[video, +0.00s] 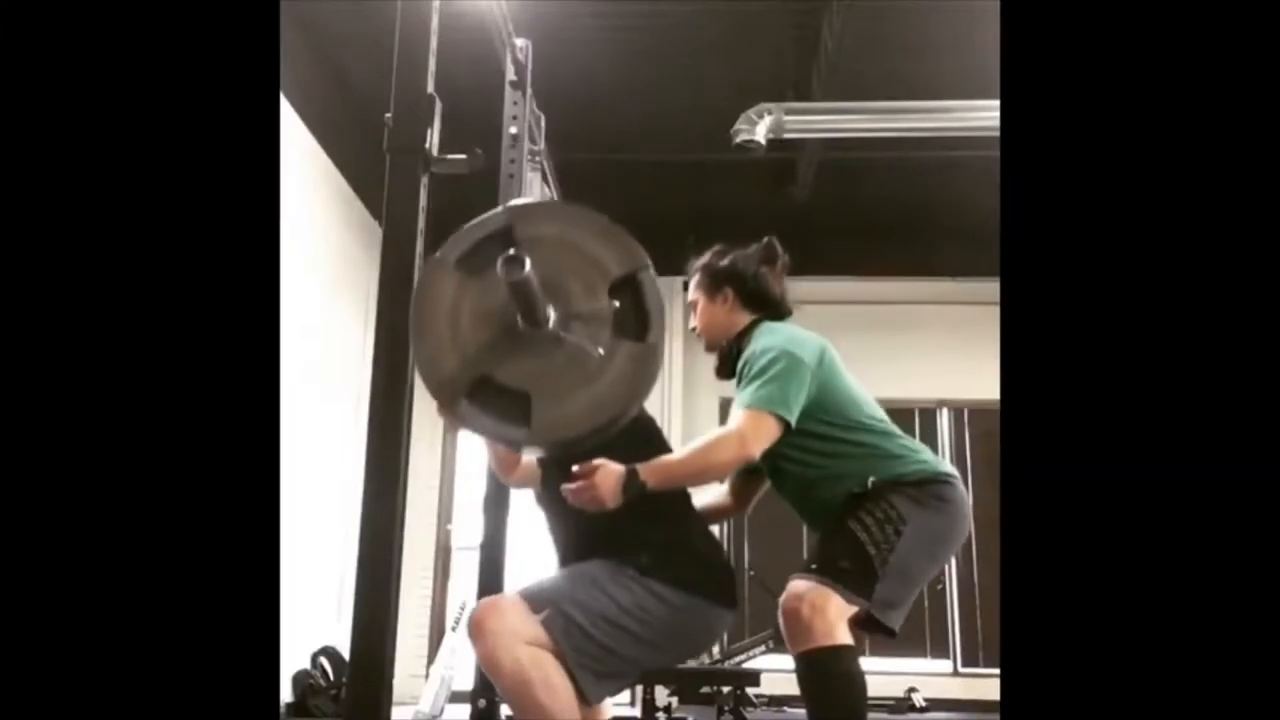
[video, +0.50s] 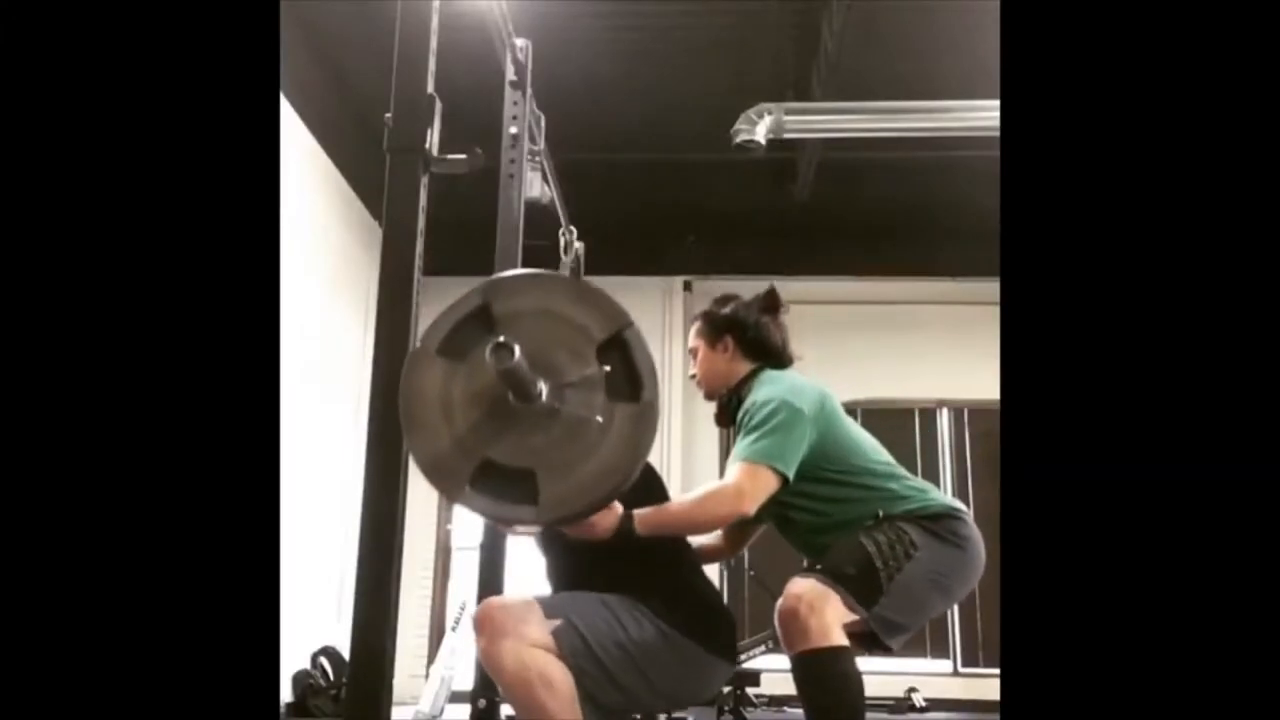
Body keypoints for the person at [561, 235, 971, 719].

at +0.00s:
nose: (692, 321)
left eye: (695, 304)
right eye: (691, 306)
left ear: (728, 297)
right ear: (736, 301)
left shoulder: (779, 343)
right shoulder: (762, 370)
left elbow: (746, 440)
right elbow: (733, 498)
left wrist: (632, 479)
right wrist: (649, 521)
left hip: (914, 493)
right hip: (877, 505)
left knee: (810, 609)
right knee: (812, 616)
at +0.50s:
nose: (692, 369)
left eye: (696, 353)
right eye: (691, 356)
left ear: (729, 346)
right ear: (735, 347)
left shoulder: (781, 395)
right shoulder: (761, 417)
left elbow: (739, 498)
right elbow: (729, 542)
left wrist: (626, 519)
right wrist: (653, 556)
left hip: (931, 532)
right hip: (912, 544)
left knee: (804, 605)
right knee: (805, 624)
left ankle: (839, 715)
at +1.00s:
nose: (691, 368)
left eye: (697, 351)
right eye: (691, 354)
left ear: (730, 347)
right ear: (733, 350)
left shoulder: (780, 398)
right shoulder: (757, 417)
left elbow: (735, 497)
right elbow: (719, 542)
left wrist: (625, 512)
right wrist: (640, 546)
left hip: (926, 540)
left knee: (799, 608)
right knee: (794, 617)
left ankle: (838, 715)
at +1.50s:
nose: (693, 326)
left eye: (698, 311)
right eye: (693, 314)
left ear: (730, 306)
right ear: (732, 307)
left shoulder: (778, 357)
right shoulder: (758, 377)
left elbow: (736, 453)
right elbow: (721, 502)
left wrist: (623, 461)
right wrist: (642, 503)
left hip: (914, 506)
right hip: (867, 518)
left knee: (812, 602)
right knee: (787, 611)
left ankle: (846, 715)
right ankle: (830, 716)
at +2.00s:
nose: (707, 255)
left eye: (715, 239)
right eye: (708, 242)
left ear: (751, 236)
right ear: (751, 239)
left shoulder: (784, 288)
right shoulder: (760, 314)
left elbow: (736, 377)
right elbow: (720, 436)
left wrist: (626, 372)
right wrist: (643, 441)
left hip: (897, 460)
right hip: (852, 474)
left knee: (830, 599)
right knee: (805, 603)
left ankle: (855, 716)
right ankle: (834, 718)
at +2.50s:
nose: (741, 202)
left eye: (749, 187)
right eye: (743, 189)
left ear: (785, 187)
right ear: (789, 192)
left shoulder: (811, 241)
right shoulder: (775, 272)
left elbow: (743, 308)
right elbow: (723, 380)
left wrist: (630, 282)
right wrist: (637, 369)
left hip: (862, 442)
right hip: (827, 453)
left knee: (837, 612)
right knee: (822, 618)